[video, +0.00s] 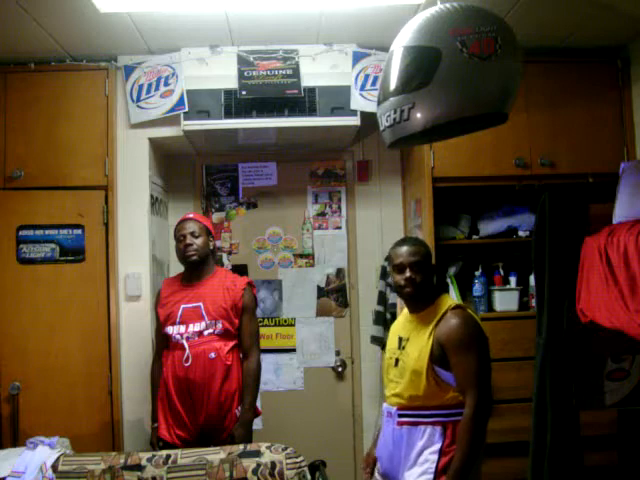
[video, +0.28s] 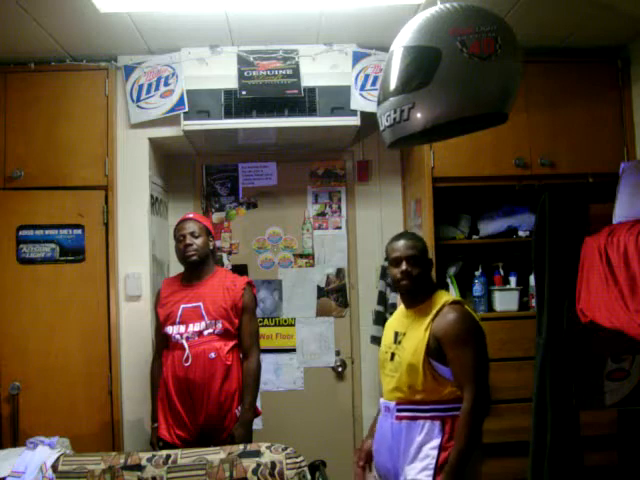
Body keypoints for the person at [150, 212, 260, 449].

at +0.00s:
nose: (187, 241)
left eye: (195, 235)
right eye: (180, 238)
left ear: (211, 242)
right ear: (176, 248)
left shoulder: (237, 288)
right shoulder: (167, 290)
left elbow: (251, 355)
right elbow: (160, 355)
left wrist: (246, 417)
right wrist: (157, 419)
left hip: (225, 416)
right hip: (176, 416)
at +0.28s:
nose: (187, 241)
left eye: (195, 235)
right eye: (180, 238)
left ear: (211, 242)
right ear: (176, 248)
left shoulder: (237, 288)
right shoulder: (167, 290)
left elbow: (251, 355)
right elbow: (160, 355)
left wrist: (246, 417)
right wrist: (157, 420)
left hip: (225, 416)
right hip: (176, 417)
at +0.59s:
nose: (187, 241)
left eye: (195, 235)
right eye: (180, 238)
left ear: (211, 242)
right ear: (175, 248)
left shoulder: (237, 288)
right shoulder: (166, 290)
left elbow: (251, 355)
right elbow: (159, 356)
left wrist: (245, 418)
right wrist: (156, 420)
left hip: (225, 417)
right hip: (175, 418)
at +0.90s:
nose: (186, 241)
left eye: (194, 234)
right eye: (179, 237)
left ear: (210, 242)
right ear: (175, 248)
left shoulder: (237, 288)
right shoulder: (166, 290)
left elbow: (251, 355)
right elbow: (159, 355)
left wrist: (245, 419)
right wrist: (157, 419)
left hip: (225, 416)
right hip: (176, 417)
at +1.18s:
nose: (186, 241)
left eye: (194, 234)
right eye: (180, 238)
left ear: (210, 242)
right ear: (176, 248)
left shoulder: (237, 288)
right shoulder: (166, 290)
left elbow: (251, 355)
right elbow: (159, 356)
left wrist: (245, 418)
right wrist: (157, 419)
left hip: (225, 416)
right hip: (176, 417)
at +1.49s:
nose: (187, 243)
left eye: (194, 236)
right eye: (180, 239)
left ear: (211, 242)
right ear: (176, 248)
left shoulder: (237, 288)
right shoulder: (167, 290)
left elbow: (251, 355)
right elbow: (160, 355)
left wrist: (245, 418)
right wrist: (157, 419)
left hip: (225, 416)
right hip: (176, 417)